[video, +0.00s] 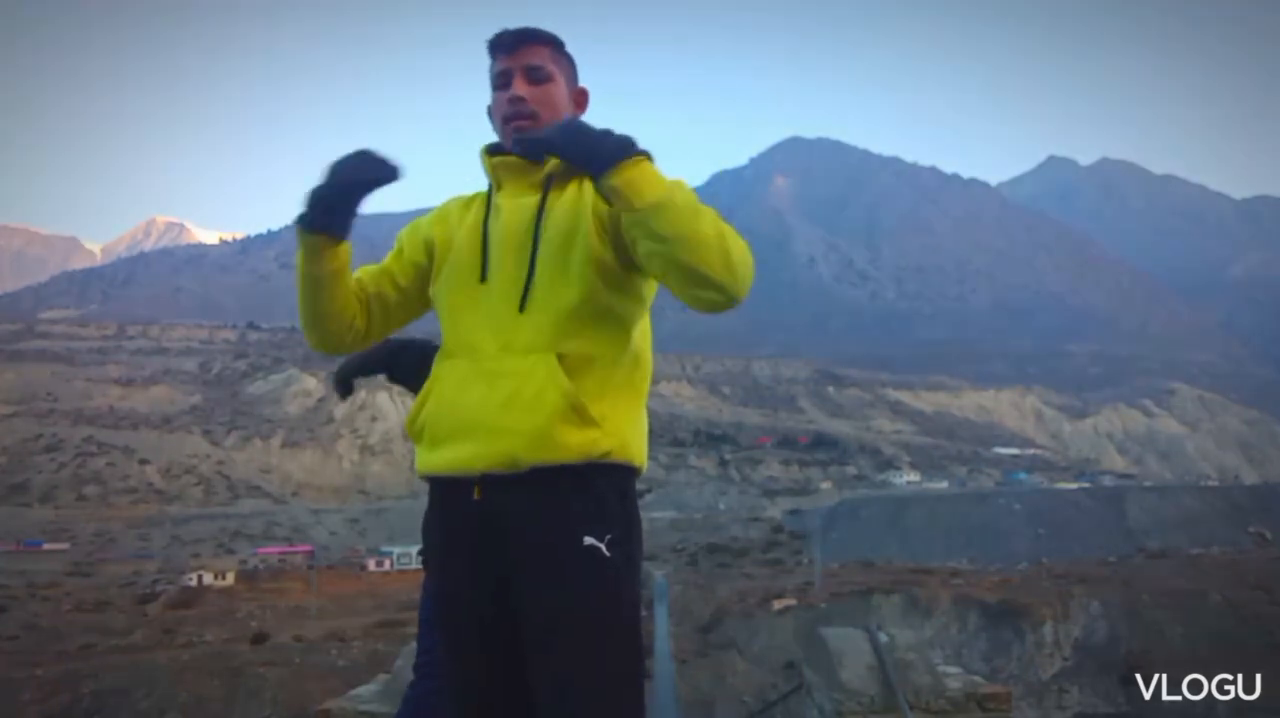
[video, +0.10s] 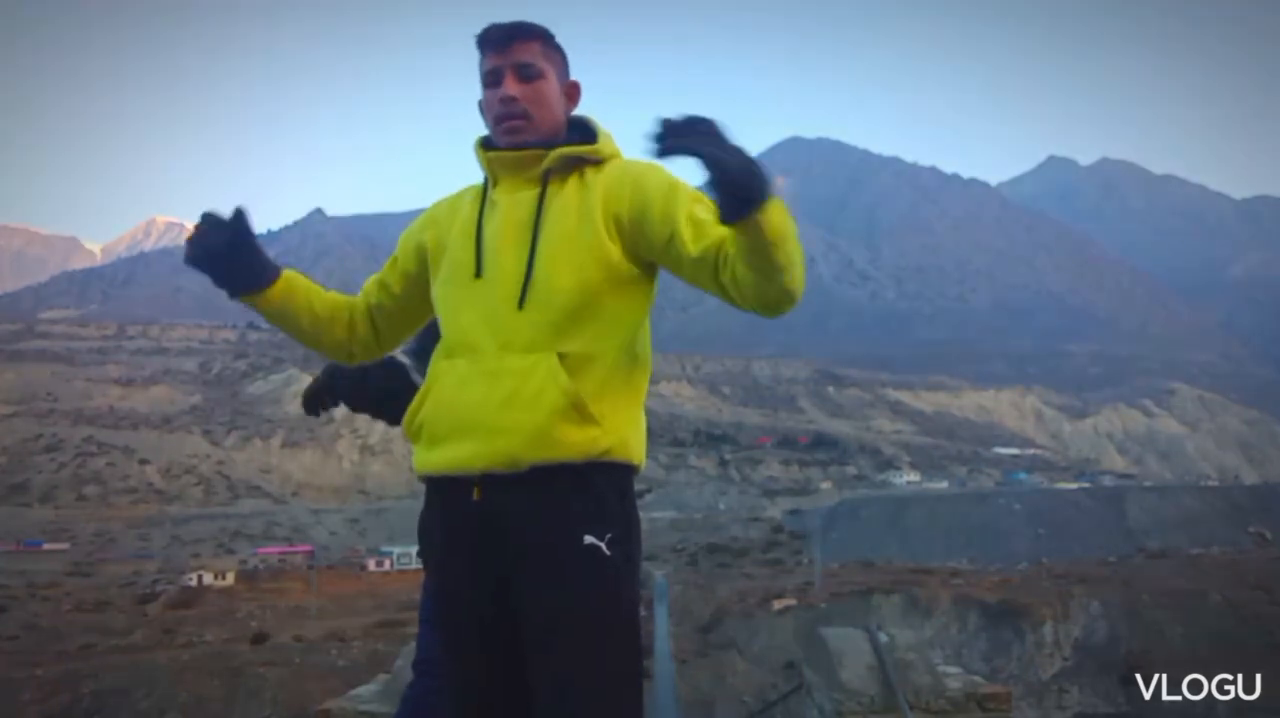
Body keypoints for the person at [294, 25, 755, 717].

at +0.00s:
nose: (516, 92)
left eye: (537, 77)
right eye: (502, 82)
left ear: (577, 98)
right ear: (489, 106)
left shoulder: (611, 196)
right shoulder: (449, 223)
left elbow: (725, 283)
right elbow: (337, 328)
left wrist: (622, 167)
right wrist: (325, 227)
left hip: (579, 498)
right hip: (460, 501)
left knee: (589, 697)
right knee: (458, 695)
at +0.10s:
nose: (507, 92)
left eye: (527, 75)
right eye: (492, 81)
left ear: (569, 92)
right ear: (480, 103)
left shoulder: (623, 187)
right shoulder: (445, 222)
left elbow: (767, 288)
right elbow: (357, 330)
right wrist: (257, 277)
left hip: (579, 494)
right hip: (458, 501)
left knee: (586, 698)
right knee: (461, 697)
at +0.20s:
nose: (494, 84)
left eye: (514, 66)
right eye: (479, 71)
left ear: (557, 80)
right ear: (467, 90)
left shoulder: (621, 177)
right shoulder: (440, 209)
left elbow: (746, 269)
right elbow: (415, 326)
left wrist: (815, 234)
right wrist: (308, 288)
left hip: (576, 486)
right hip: (455, 494)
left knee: (586, 694)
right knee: (461, 692)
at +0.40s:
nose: (493, 85)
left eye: (513, 67)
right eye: (478, 71)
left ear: (556, 77)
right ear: (465, 88)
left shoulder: (612, 172)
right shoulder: (446, 210)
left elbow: (741, 265)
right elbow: (419, 332)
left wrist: (799, 250)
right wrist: (305, 313)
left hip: (572, 483)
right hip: (458, 490)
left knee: (581, 693)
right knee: (474, 693)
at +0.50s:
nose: (506, 104)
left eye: (526, 85)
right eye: (491, 90)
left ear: (568, 93)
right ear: (478, 103)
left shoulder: (619, 183)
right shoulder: (451, 225)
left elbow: (761, 296)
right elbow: (368, 344)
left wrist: (724, 236)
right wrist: (261, 314)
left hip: (577, 486)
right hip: (462, 495)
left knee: (583, 697)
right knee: (476, 694)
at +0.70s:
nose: (523, 115)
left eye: (542, 97)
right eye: (509, 102)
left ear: (585, 101)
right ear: (498, 112)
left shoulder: (620, 181)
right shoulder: (476, 222)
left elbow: (613, 278)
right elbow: (374, 331)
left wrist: (447, 250)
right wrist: (331, 306)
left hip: (582, 487)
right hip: (472, 494)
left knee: (590, 696)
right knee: (487, 694)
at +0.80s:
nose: (518, 113)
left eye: (537, 94)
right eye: (503, 100)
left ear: (580, 97)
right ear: (492, 110)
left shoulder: (617, 177)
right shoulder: (476, 227)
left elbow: (671, 280)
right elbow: (381, 341)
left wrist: (525, 255)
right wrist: (294, 321)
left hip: (589, 489)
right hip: (474, 497)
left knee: (597, 696)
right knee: (495, 697)